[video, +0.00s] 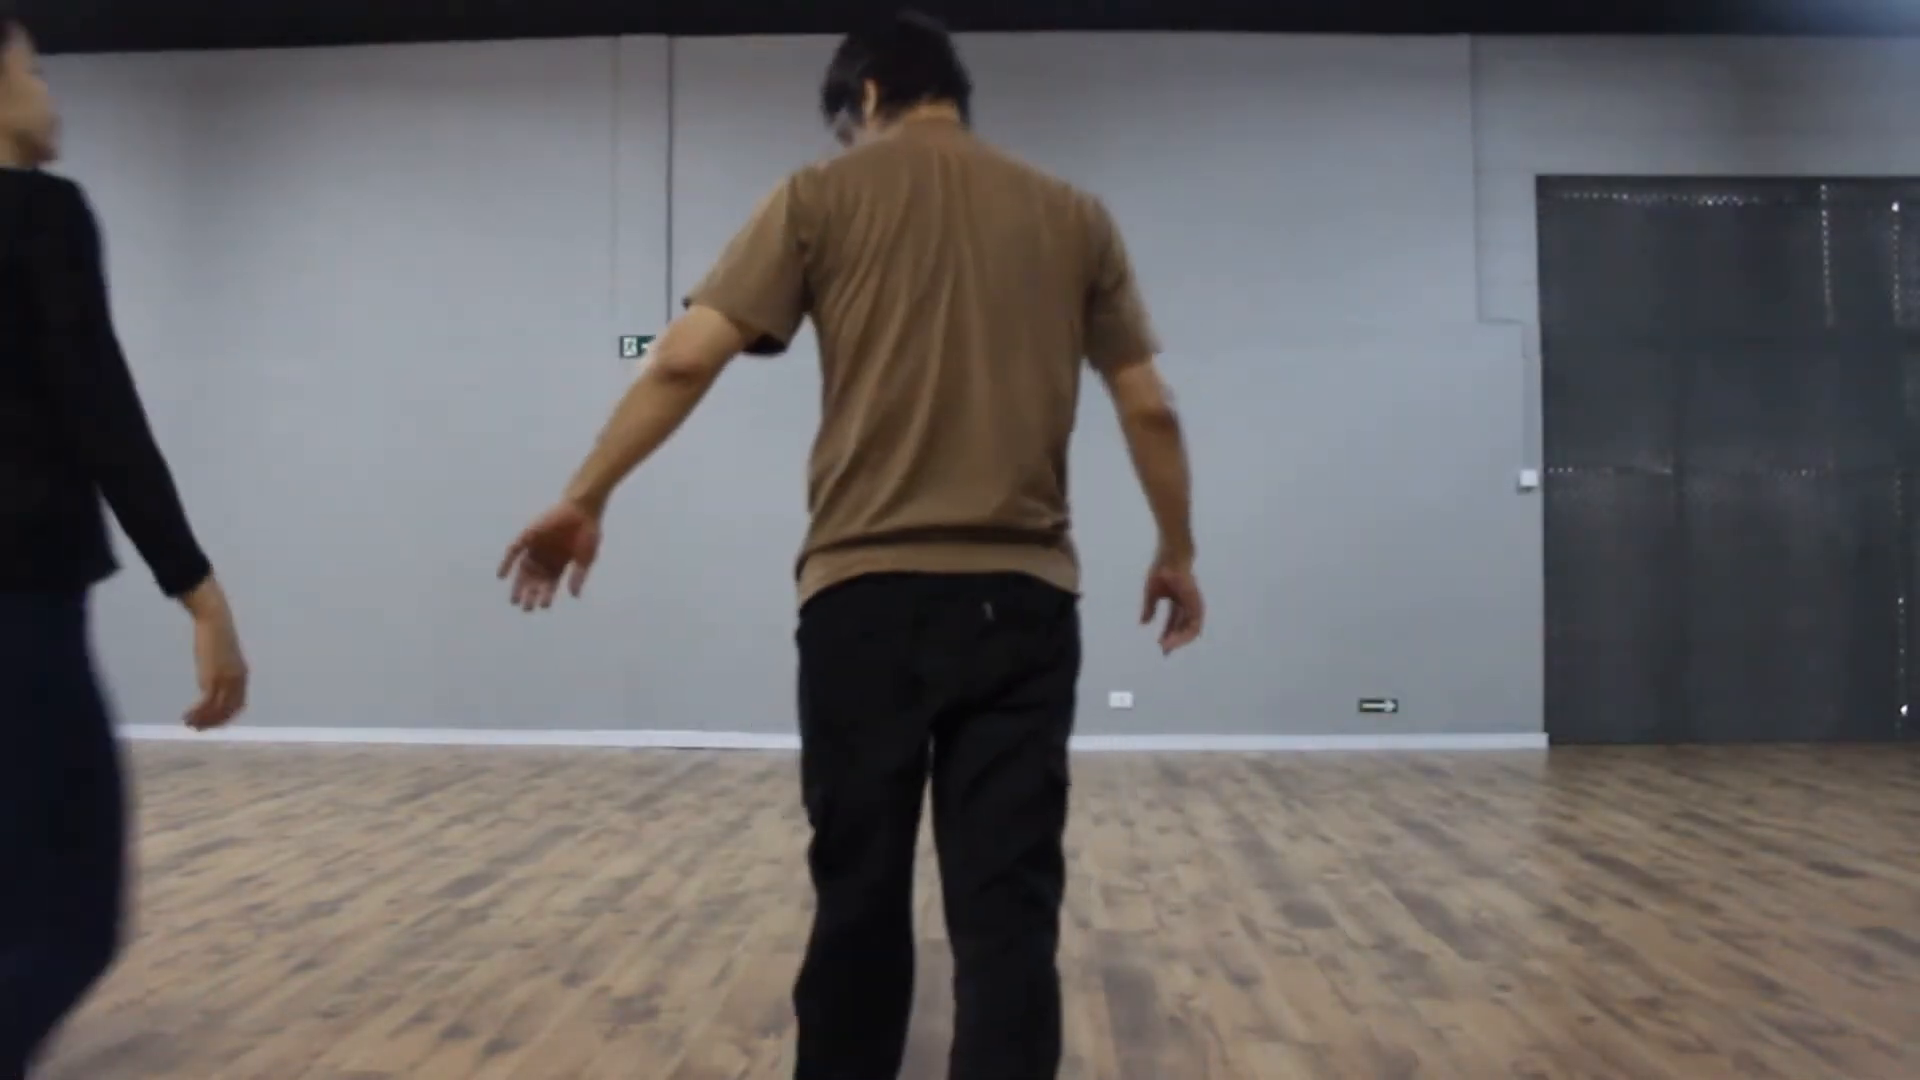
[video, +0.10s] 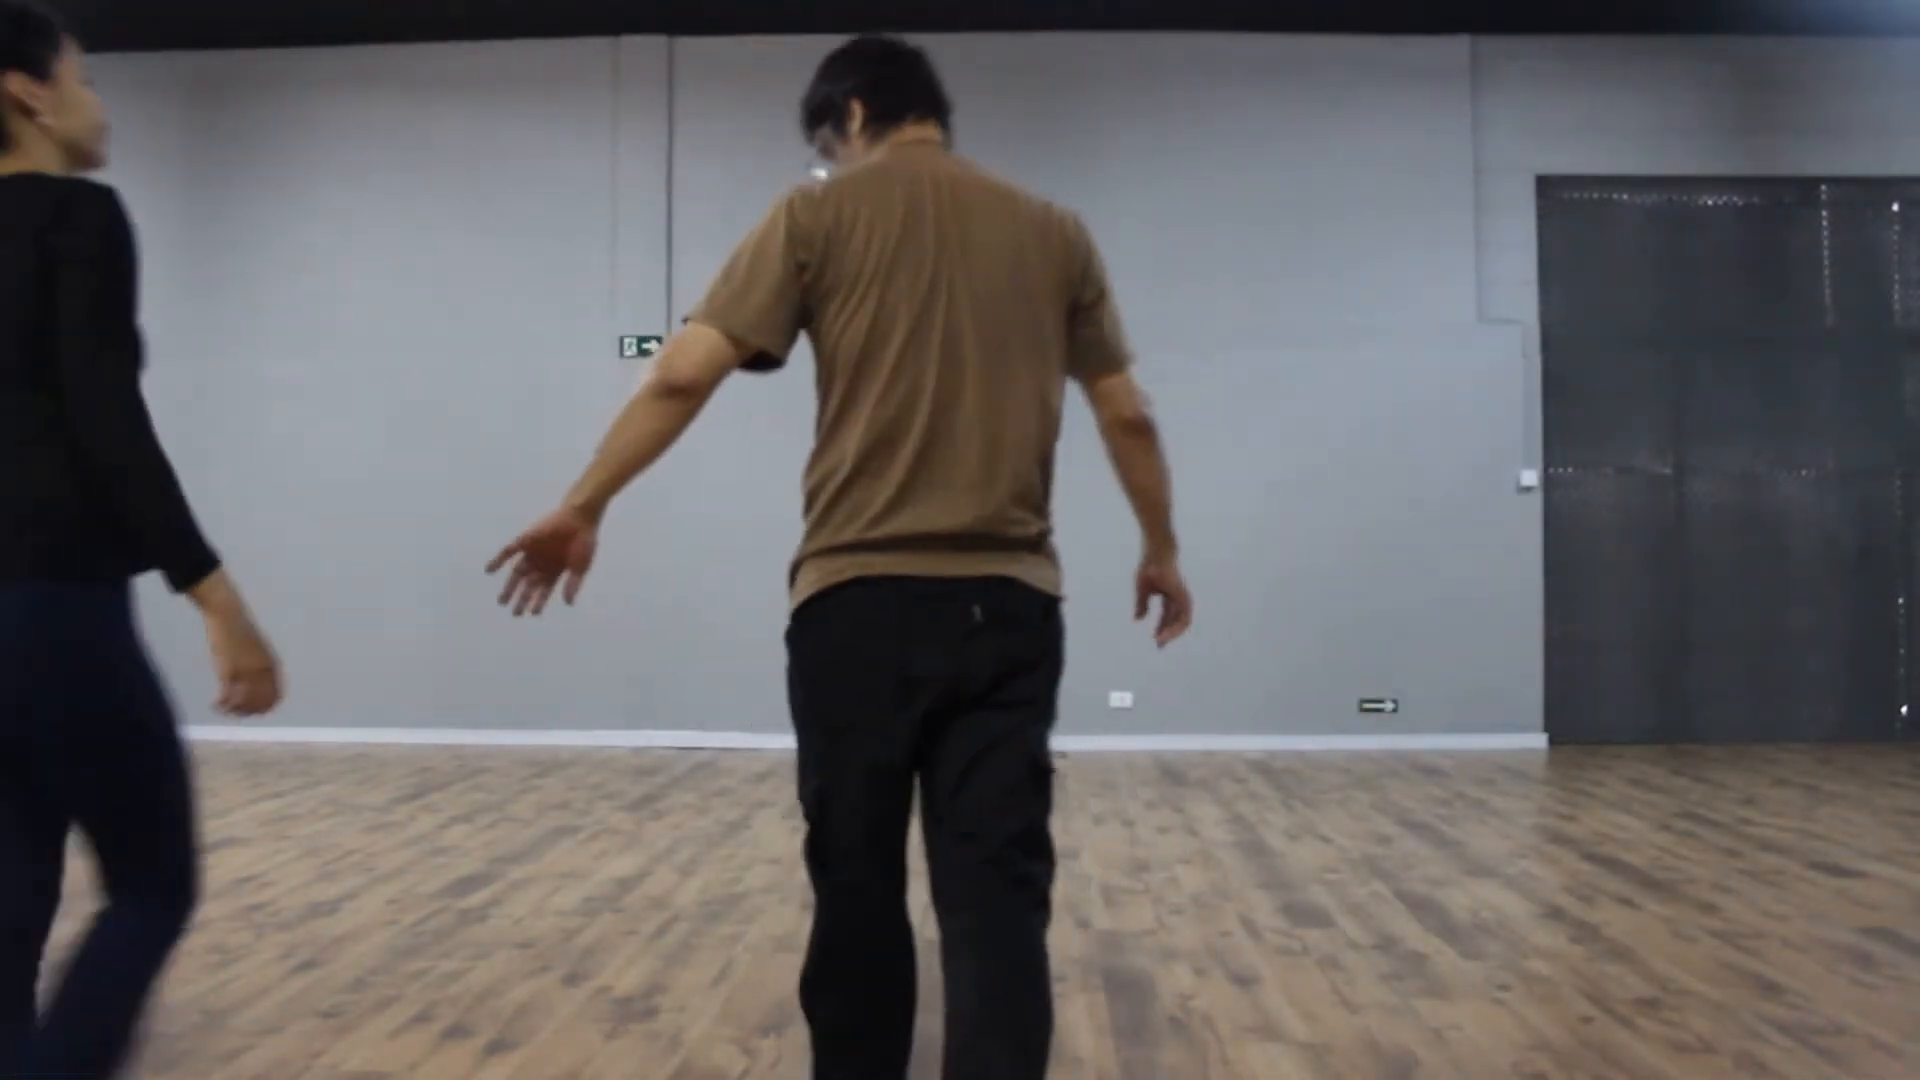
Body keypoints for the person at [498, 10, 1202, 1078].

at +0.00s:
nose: (846, 134)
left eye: (843, 117)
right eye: (842, 121)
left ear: (867, 97)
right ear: (964, 100)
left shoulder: (822, 195)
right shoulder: (1070, 212)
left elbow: (685, 361)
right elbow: (1148, 406)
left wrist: (583, 497)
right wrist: (1175, 549)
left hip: (862, 603)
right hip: (1021, 605)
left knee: (859, 891)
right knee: (1008, 902)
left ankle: (844, 1070)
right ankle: (1005, 1074)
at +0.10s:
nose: (824, 163)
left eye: (824, 142)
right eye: (823, 146)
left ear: (854, 118)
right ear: (944, 122)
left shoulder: (819, 214)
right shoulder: (1053, 230)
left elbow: (682, 377)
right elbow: (1126, 414)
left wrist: (581, 506)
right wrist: (1160, 544)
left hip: (857, 607)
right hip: (1010, 609)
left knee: (857, 886)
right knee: (997, 889)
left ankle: (861, 1071)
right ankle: (996, 1074)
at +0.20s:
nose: (805, 179)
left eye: (806, 157)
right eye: (804, 160)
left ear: (839, 130)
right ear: (923, 132)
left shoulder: (811, 223)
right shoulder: (1032, 236)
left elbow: (682, 385)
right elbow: (1100, 413)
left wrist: (584, 511)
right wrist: (1134, 544)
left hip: (848, 598)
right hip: (991, 604)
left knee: (842, 865)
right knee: (981, 868)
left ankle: (856, 1068)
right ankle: (984, 1072)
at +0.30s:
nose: (794, 189)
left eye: (793, 167)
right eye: (789, 171)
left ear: (825, 140)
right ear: (905, 139)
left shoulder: (803, 231)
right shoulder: (1015, 241)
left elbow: (681, 386)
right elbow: (1065, 411)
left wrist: (585, 511)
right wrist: (1090, 547)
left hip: (830, 584)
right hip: (970, 592)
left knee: (836, 847)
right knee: (969, 823)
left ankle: (853, 1066)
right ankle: (977, 1016)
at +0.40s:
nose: (798, 198)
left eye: (796, 178)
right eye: (792, 182)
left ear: (827, 147)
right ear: (901, 148)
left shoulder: (799, 237)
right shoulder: (1008, 245)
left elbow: (684, 382)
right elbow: (1052, 411)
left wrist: (585, 509)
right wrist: (1069, 549)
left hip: (827, 579)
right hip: (962, 587)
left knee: (840, 837)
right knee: (964, 792)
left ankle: (853, 1066)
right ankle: (967, 1005)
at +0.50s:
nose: (806, 215)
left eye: (803, 196)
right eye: (801, 200)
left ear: (833, 168)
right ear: (906, 169)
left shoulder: (801, 255)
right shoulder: (1002, 268)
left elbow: (688, 391)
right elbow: (1042, 432)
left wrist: (597, 508)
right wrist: (1059, 567)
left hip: (824, 583)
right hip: (953, 591)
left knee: (840, 827)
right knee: (957, 809)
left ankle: (854, 1063)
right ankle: (963, 1021)